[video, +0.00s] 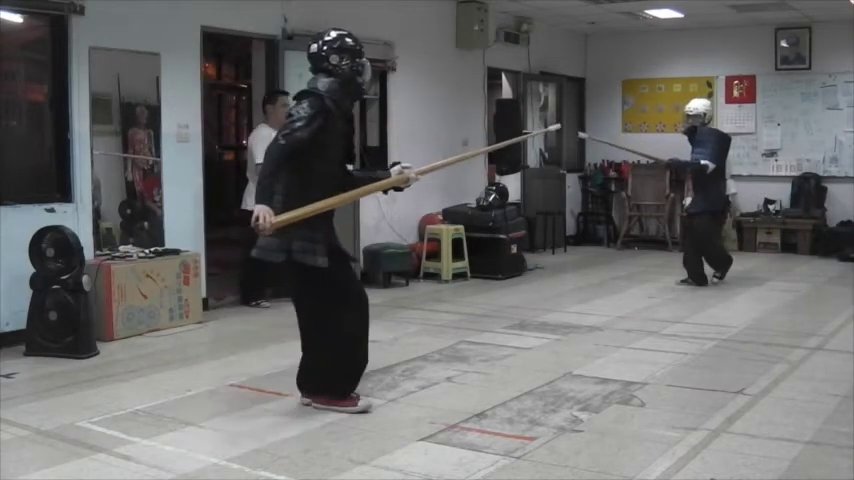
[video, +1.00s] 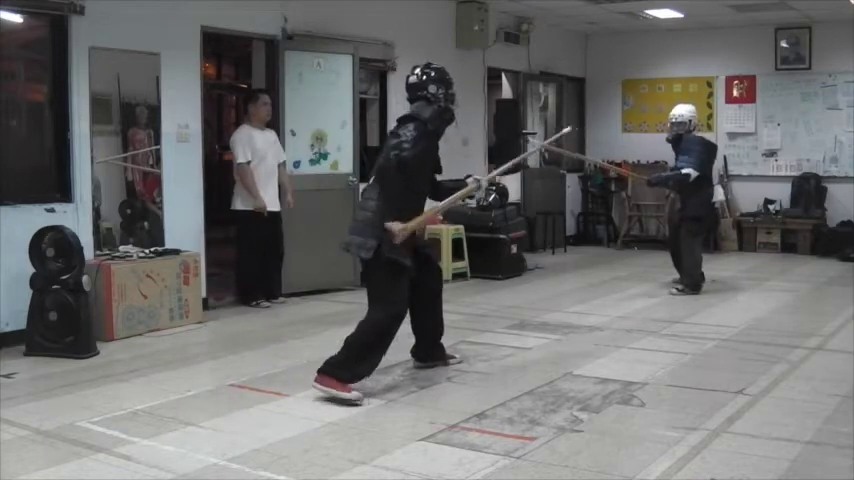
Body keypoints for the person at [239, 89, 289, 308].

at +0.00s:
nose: (288, 111)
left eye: (288, 106)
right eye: (283, 106)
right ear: (268, 109)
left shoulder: (276, 135)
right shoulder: (262, 135)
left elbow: (277, 165)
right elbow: (263, 169)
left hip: (269, 201)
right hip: (257, 202)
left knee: (264, 246)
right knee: (254, 247)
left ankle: (258, 291)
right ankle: (250, 295)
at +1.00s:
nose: (269, 109)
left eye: (270, 105)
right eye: (264, 105)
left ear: (270, 108)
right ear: (251, 108)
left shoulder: (271, 135)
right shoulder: (241, 135)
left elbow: (280, 165)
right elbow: (242, 168)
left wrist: (287, 190)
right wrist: (257, 198)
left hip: (271, 206)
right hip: (249, 208)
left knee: (274, 252)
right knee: (251, 253)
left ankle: (272, 292)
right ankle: (251, 295)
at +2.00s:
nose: (239, 100)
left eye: (239, 96)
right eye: (234, 96)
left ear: (238, 101)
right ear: (221, 99)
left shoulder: (239, 126)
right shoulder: (211, 123)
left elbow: (246, 160)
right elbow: (207, 158)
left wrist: (251, 189)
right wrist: (211, 189)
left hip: (241, 195)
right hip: (219, 196)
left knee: (250, 240)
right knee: (218, 244)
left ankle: (255, 281)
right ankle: (219, 285)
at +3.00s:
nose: (232, 99)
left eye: (232, 96)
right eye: (227, 96)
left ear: (231, 99)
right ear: (214, 98)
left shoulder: (232, 125)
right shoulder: (206, 123)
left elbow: (242, 157)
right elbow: (205, 158)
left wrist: (252, 183)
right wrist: (212, 188)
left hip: (237, 196)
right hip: (216, 197)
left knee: (241, 242)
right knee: (217, 244)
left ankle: (250, 281)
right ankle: (217, 285)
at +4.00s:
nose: (232, 99)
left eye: (232, 95)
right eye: (227, 95)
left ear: (232, 99)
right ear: (215, 98)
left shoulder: (233, 125)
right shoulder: (207, 123)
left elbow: (243, 156)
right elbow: (207, 158)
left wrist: (252, 183)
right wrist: (216, 188)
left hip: (237, 196)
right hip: (216, 197)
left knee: (242, 242)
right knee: (216, 244)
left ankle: (251, 281)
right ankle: (217, 285)